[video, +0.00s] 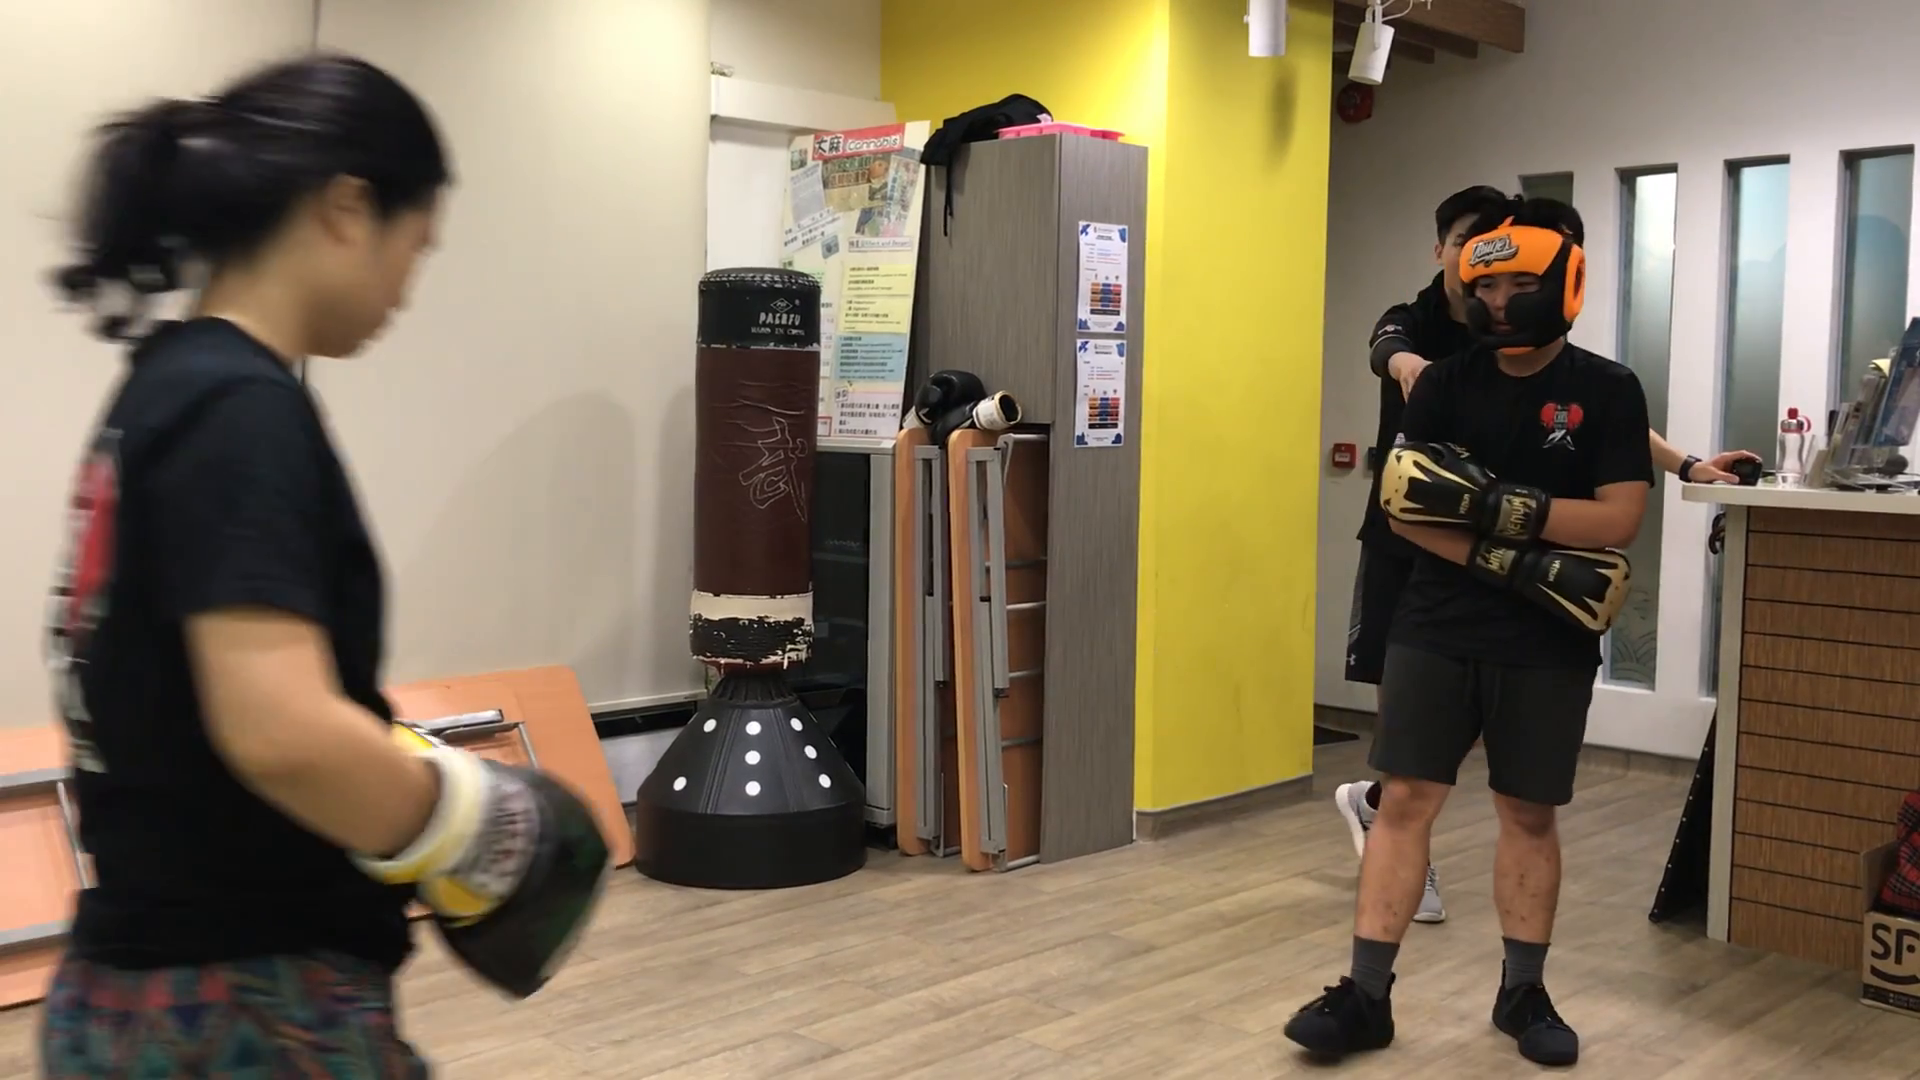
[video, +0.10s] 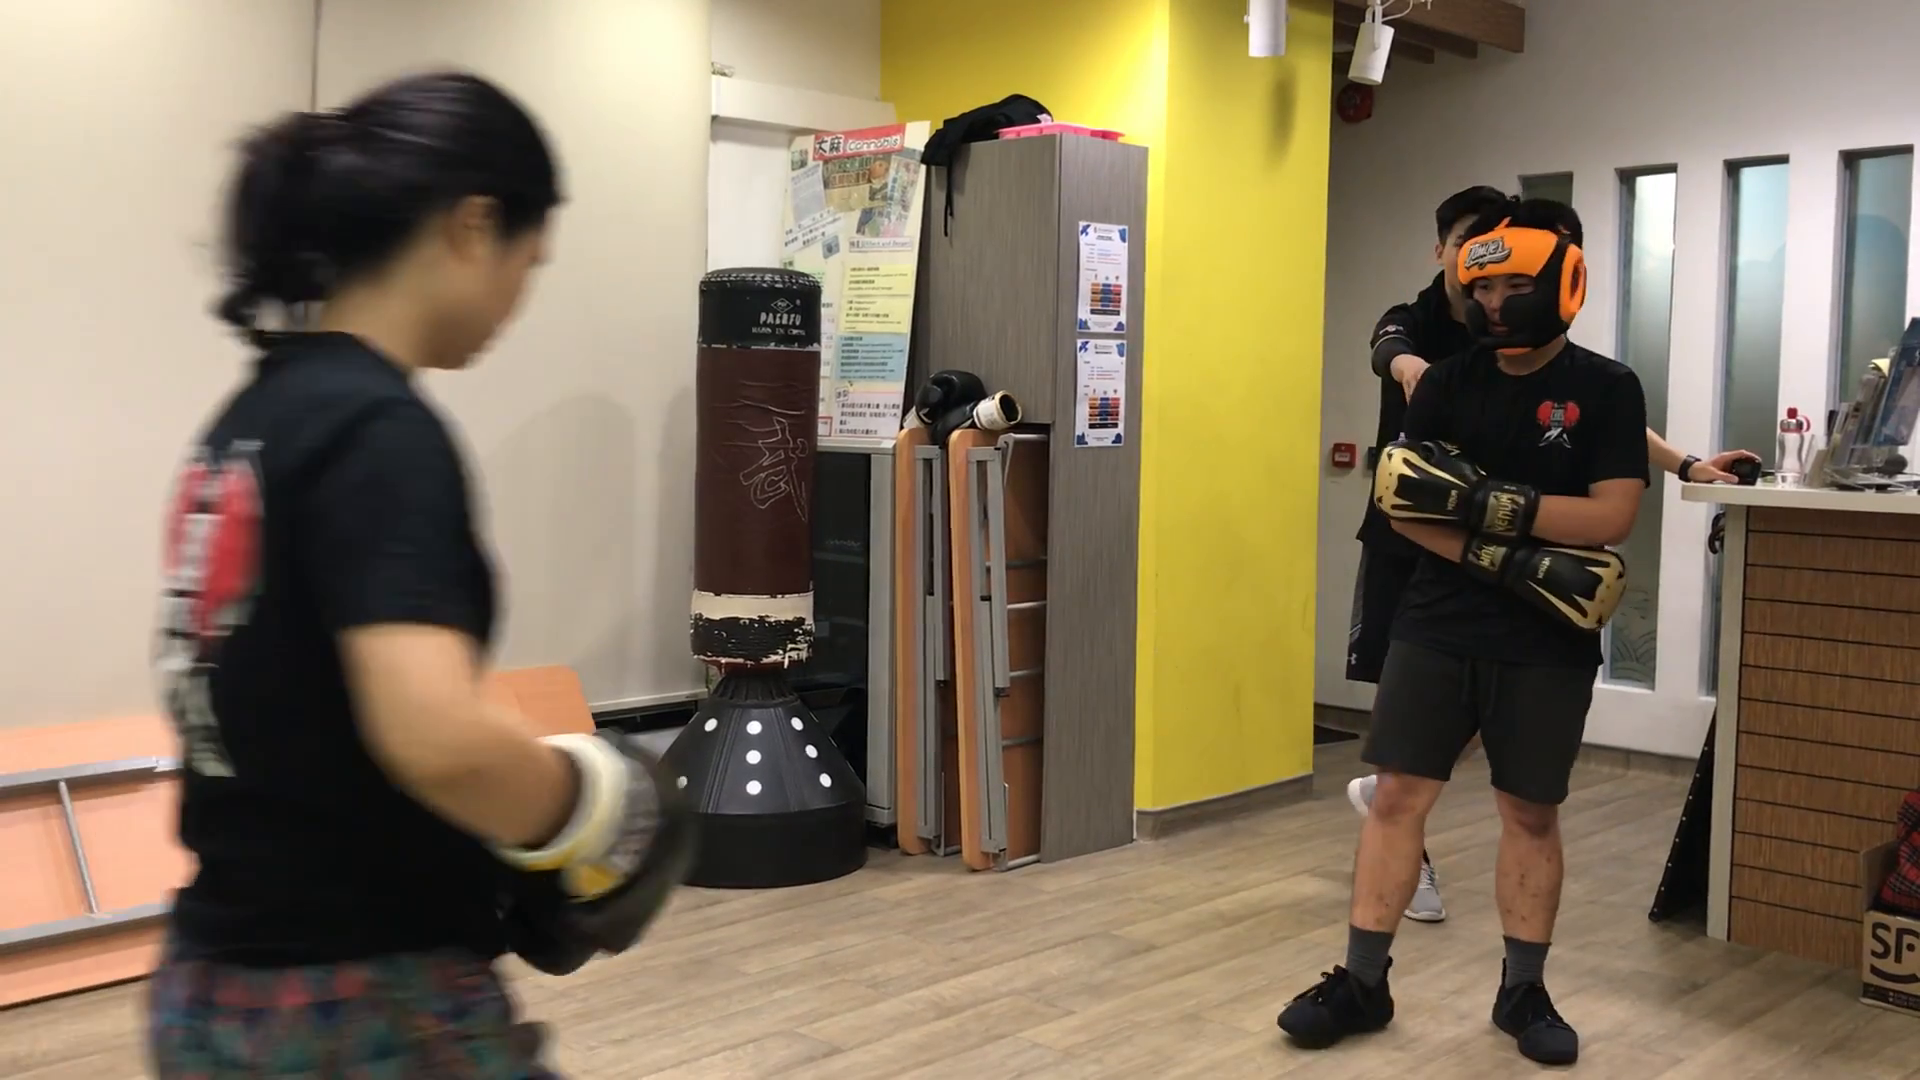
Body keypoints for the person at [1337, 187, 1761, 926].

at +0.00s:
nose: (1479, 270)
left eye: (1496, 252)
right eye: (1469, 252)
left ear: (1526, 262)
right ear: (1442, 256)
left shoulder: (1526, 343)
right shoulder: (1409, 331)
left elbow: (1607, 418)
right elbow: (1401, 366)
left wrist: (1690, 464)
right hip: (1404, 556)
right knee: (1404, 707)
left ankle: (1374, 797)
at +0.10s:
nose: (1478, 270)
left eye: (1494, 253)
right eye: (1466, 254)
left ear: (1529, 263)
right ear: (1442, 257)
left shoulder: (1527, 341)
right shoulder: (1408, 328)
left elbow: (1606, 417)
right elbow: (1403, 368)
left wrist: (1689, 465)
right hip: (1405, 553)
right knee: (1401, 729)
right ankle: (1410, 860)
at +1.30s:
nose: (1584, 267)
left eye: (1596, 255)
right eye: (1571, 251)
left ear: (1603, 260)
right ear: (1534, 246)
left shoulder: (1600, 346)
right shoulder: (1488, 320)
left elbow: (1635, 438)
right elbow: (1443, 346)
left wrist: (1694, 449)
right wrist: (1420, 357)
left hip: (1557, 548)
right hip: (1480, 541)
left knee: (1535, 705)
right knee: (1459, 704)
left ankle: (1515, 860)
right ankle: (1436, 861)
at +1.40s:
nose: (1602, 274)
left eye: (1610, 262)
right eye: (1591, 259)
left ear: (1608, 265)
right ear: (1548, 254)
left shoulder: (1600, 345)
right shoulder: (1491, 320)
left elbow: (1641, 436)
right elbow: (1451, 343)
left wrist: (1691, 436)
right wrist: (1431, 355)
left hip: (1560, 550)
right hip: (1483, 544)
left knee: (1536, 707)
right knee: (1461, 705)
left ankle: (1515, 861)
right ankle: (1439, 862)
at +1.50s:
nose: (1605, 275)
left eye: (1612, 263)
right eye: (1595, 258)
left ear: (1611, 269)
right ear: (1552, 253)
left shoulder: (1601, 345)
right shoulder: (1488, 319)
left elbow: (1642, 438)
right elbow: (1431, 363)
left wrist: (1683, 428)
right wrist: (1464, 363)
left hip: (1562, 548)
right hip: (1486, 543)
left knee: (1538, 706)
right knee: (1463, 704)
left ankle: (1515, 860)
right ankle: (1437, 862)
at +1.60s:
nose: (1603, 275)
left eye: (1611, 264)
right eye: (1593, 259)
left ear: (1611, 269)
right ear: (1550, 252)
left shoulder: (1602, 344)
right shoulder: (1490, 322)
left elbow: (1646, 444)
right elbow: (1445, 386)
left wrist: (1671, 426)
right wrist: (1535, 384)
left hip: (1562, 550)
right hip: (1486, 543)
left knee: (1537, 705)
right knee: (1462, 704)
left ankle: (1515, 860)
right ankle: (1437, 861)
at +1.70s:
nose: (1602, 275)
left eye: (1611, 265)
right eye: (1591, 260)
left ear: (1610, 269)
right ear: (1547, 251)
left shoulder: (1604, 345)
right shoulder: (1488, 326)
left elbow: (1647, 447)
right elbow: (1468, 405)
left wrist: (1658, 424)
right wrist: (1569, 399)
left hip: (1563, 549)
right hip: (1485, 543)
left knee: (1537, 707)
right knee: (1461, 704)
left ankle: (1514, 862)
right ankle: (1439, 863)